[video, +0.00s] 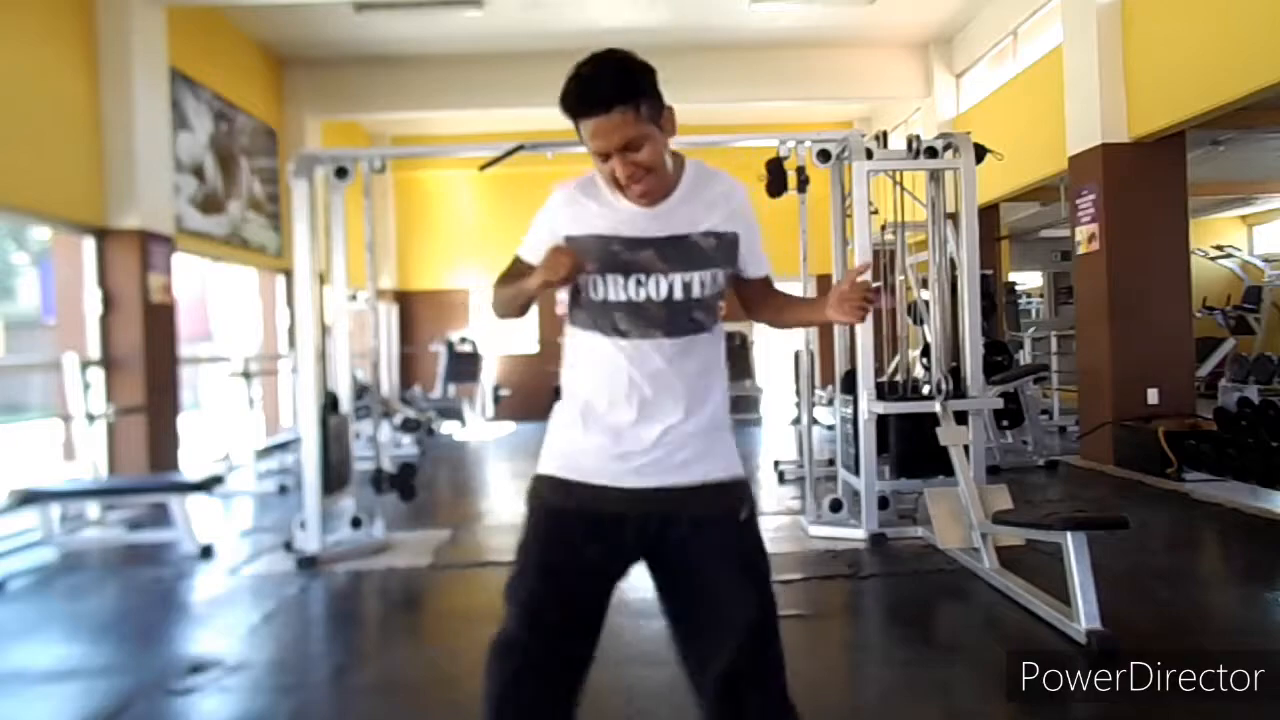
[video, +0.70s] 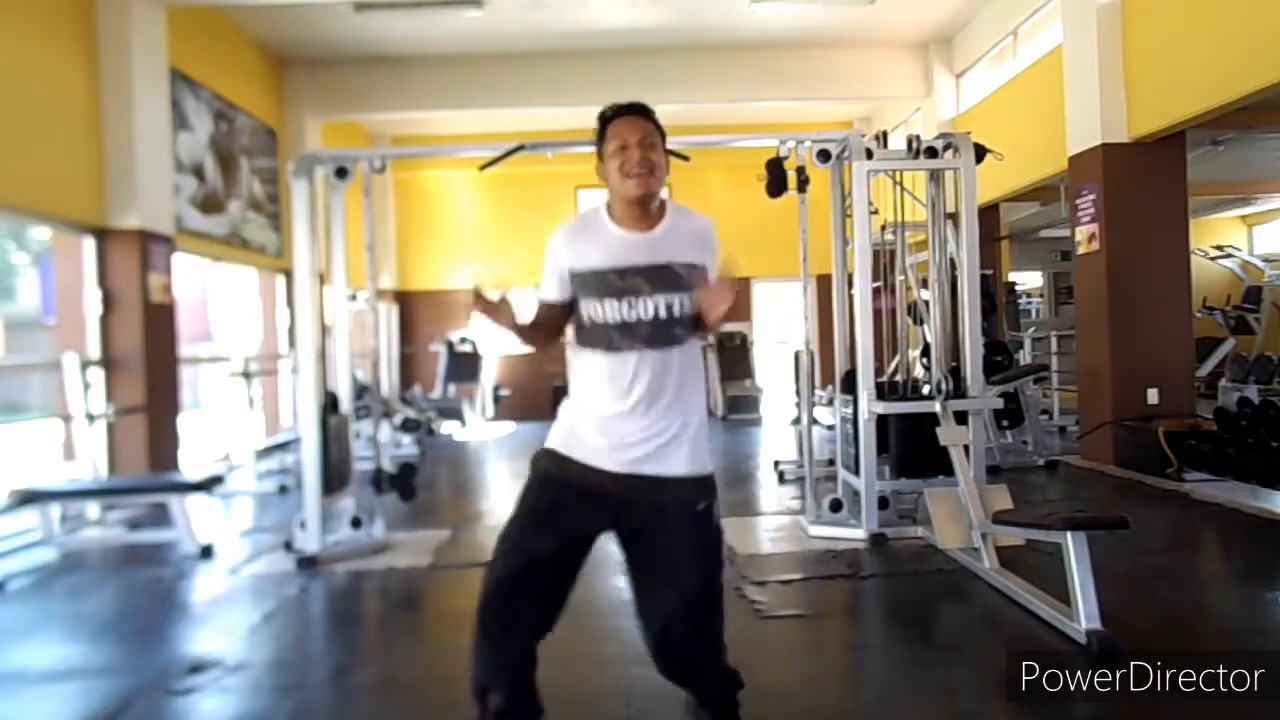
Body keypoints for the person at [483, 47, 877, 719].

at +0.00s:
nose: (625, 168)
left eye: (635, 146)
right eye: (606, 157)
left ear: (666, 119)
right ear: (585, 146)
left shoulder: (724, 197)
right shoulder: (569, 205)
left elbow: (758, 299)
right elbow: (502, 302)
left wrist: (824, 306)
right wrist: (540, 278)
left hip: (700, 480)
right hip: (581, 479)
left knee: (745, 679)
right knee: (526, 673)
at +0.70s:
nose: (637, 157)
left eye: (648, 145)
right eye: (622, 148)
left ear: (666, 157)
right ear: (602, 164)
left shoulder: (697, 234)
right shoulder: (572, 241)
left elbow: (700, 322)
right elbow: (543, 332)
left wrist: (719, 307)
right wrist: (500, 314)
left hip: (674, 467)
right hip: (579, 458)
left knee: (684, 644)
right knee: (504, 616)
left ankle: (720, 699)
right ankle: (507, 710)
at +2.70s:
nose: (634, 171)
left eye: (646, 162)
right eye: (624, 162)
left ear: (663, 177)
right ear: (605, 176)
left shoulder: (685, 251)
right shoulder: (573, 244)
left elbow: (721, 326)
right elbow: (536, 320)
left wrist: (776, 323)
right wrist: (548, 333)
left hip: (674, 446)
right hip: (589, 451)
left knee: (719, 567)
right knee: (548, 582)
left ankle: (742, 678)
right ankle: (524, 702)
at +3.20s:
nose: (635, 175)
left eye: (647, 165)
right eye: (623, 169)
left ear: (668, 179)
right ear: (608, 187)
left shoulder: (692, 256)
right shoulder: (579, 249)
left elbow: (725, 338)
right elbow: (527, 329)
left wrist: (767, 396)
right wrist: (509, 408)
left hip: (681, 453)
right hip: (591, 458)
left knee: (735, 582)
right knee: (573, 599)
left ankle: (747, 698)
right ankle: (540, 702)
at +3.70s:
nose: (617, 217)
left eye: (625, 201)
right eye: (608, 206)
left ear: (664, 178)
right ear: (603, 200)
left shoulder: (728, 242)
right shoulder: (601, 259)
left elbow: (766, 328)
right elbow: (563, 353)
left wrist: (738, 325)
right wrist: (497, 386)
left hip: (700, 485)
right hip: (601, 480)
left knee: (742, 650)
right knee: (556, 624)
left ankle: (766, 712)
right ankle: (556, 710)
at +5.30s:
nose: (667, 135)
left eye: (679, 122)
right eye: (648, 125)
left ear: (698, 137)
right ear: (624, 145)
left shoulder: (727, 226)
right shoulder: (591, 218)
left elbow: (740, 331)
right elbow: (559, 328)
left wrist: (810, 322)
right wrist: (559, 313)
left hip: (724, 494)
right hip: (609, 491)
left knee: (773, 700)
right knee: (565, 699)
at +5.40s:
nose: (664, 141)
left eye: (676, 128)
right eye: (644, 131)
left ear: (692, 144)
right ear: (619, 150)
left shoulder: (725, 243)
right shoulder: (586, 220)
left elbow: (765, 344)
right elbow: (541, 319)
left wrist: (840, 377)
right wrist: (552, 361)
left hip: (719, 491)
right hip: (601, 495)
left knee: (790, 673)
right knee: (563, 692)